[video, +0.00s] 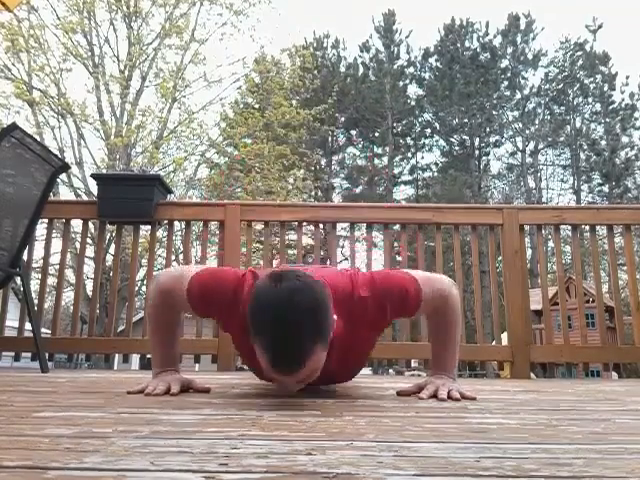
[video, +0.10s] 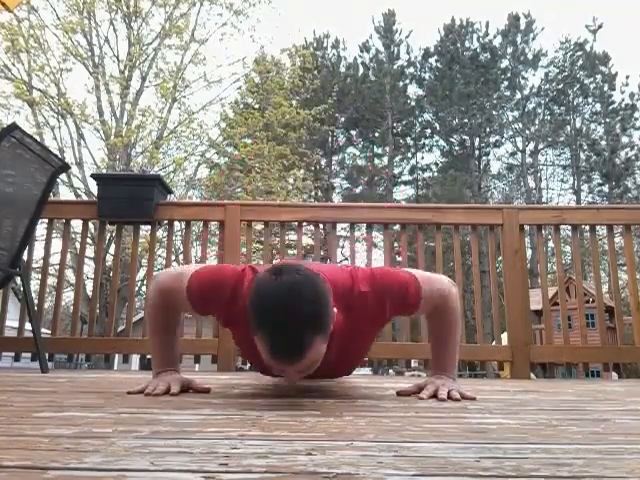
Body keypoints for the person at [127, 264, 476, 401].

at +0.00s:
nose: (290, 388)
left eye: (305, 377)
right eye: (273, 379)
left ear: (332, 328)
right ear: (248, 326)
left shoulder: (366, 295)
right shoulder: (231, 293)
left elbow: (443, 292)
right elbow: (165, 286)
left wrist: (443, 373)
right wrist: (165, 369)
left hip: (336, 366)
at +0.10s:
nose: (294, 378)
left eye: (307, 368)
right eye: (277, 370)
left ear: (331, 323)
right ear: (249, 323)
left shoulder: (366, 291)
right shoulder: (231, 289)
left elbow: (443, 294)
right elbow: (164, 287)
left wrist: (443, 374)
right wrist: (166, 369)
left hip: (336, 366)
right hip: (262, 363)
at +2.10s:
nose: (301, 240)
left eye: (315, 227)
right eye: (285, 227)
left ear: (336, 195)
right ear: (264, 200)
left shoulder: (375, 217)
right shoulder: (234, 219)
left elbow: (430, 288)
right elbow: (183, 287)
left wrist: (445, 376)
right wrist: (167, 371)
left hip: (337, 309)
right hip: (280, 308)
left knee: (326, 338)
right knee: (292, 337)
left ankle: (322, 359)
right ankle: (295, 357)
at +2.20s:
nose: (302, 229)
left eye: (317, 214)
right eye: (286, 215)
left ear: (336, 185)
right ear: (266, 188)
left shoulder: (373, 207)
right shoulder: (237, 208)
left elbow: (426, 289)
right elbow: (187, 284)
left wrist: (443, 375)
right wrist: (167, 370)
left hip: (337, 308)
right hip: (279, 306)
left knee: (325, 338)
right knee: (291, 338)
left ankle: (321, 357)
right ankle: (296, 357)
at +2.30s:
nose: (299, 265)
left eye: (313, 251)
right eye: (284, 252)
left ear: (336, 217)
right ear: (263, 222)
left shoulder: (372, 230)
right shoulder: (233, 232)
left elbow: (438, 290)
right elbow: (172, 289)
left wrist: (445, 375)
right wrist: (166, 371)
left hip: (335, 320)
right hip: (279, 320)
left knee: (325, 343)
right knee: (291, 343)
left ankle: (322, 359)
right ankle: (295, 358)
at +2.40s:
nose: (299, 324)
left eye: (313, 311)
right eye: (283, 312)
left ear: (335, 273)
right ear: (260, 275)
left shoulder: (372, 264)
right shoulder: (233, 262)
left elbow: (447, 293)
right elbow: (163, 289)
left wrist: (446, 375)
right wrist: (165, 370)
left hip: (337, 348)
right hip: (273, 347)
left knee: (330, 357)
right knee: (286, 355)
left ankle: (330, 362)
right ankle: (295, 358)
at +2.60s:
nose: (297, 381)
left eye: (312, 371)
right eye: (280, 372)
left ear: (336, 326)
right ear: (256, 323)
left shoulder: (370, 294)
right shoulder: (233, 292)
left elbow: (449, 291)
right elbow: (161, 287)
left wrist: (446, 375)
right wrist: (164, 369)